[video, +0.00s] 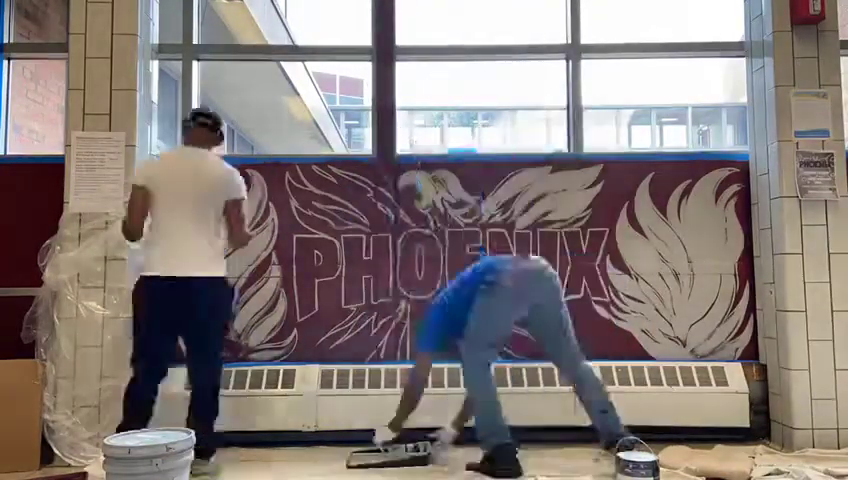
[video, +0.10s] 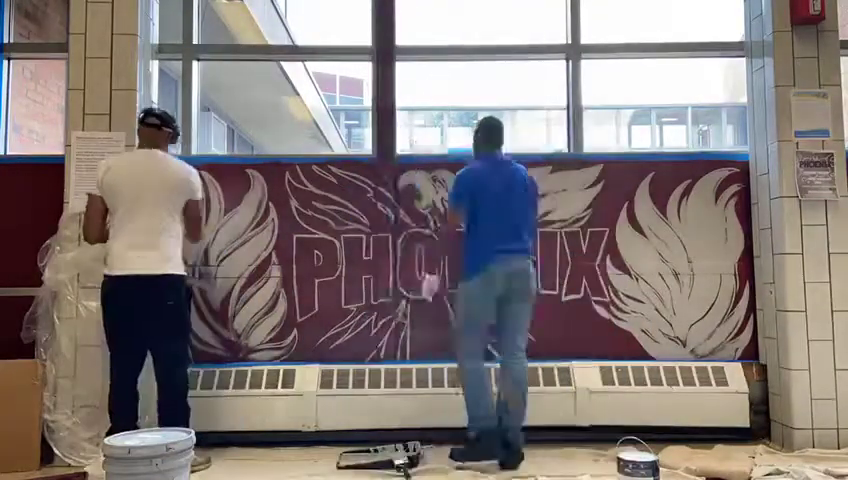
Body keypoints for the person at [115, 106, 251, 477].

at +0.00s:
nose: (216, 146)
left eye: (213, 140)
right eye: (219, 142)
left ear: (184, 134)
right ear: (219, 140)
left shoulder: (152, 167)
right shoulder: (228, 175)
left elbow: (132, 230)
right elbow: (239, 237)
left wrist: (137, 218)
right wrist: (217, 243)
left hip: (158, 284)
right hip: (206, 285)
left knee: (148, 370)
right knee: (206, 375)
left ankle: (125, 451)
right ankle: (201, 455)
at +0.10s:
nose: (170, 142)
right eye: (171, 136)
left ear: (138, 133)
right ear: (169, 137)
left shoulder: (110, 168)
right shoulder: (186, 174)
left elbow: (94, 233)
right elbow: (195, 232)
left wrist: (126, 220)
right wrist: (168, 210)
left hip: (120, 285)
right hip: (167, 285)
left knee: (123, 373)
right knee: (172, 374)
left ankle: (121, 457)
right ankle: (176, 455)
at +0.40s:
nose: (182, 152)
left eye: (182, 147)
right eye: (183, 147)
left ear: (147, 136)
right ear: (175, 142)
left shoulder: (109, 167)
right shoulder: (186, 179)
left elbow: (90, 229)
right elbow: (183, 237)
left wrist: (124, 226)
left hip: (115, 286)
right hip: (163, 286)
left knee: (120, 373)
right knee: (170, 374)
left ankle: (121, 457)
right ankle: (177, 455)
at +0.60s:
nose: (184, 152)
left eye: (185, 147)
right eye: (186, 147)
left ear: (150, 134)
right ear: (179, 137)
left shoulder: (112, 165)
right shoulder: (183, 166)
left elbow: (84, 225)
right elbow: (183, 224)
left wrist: (119, 237)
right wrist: (193, 257)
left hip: (117, 279)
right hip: (157, 280)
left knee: (121, 368)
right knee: (151, 369)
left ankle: (119, 451)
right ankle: (145, 454)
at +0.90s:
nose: (192, 164)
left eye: (194, 159)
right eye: (194, 158)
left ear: (166, 140)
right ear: (184, 146)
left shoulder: (117, 167)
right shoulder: (185, 181)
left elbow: (85, 218)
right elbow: (184, 243)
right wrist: (191, 267)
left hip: (109, 281)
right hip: (154, 285)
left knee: (112, 369)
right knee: (158, 372)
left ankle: (113, 450)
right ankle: (159, 451)